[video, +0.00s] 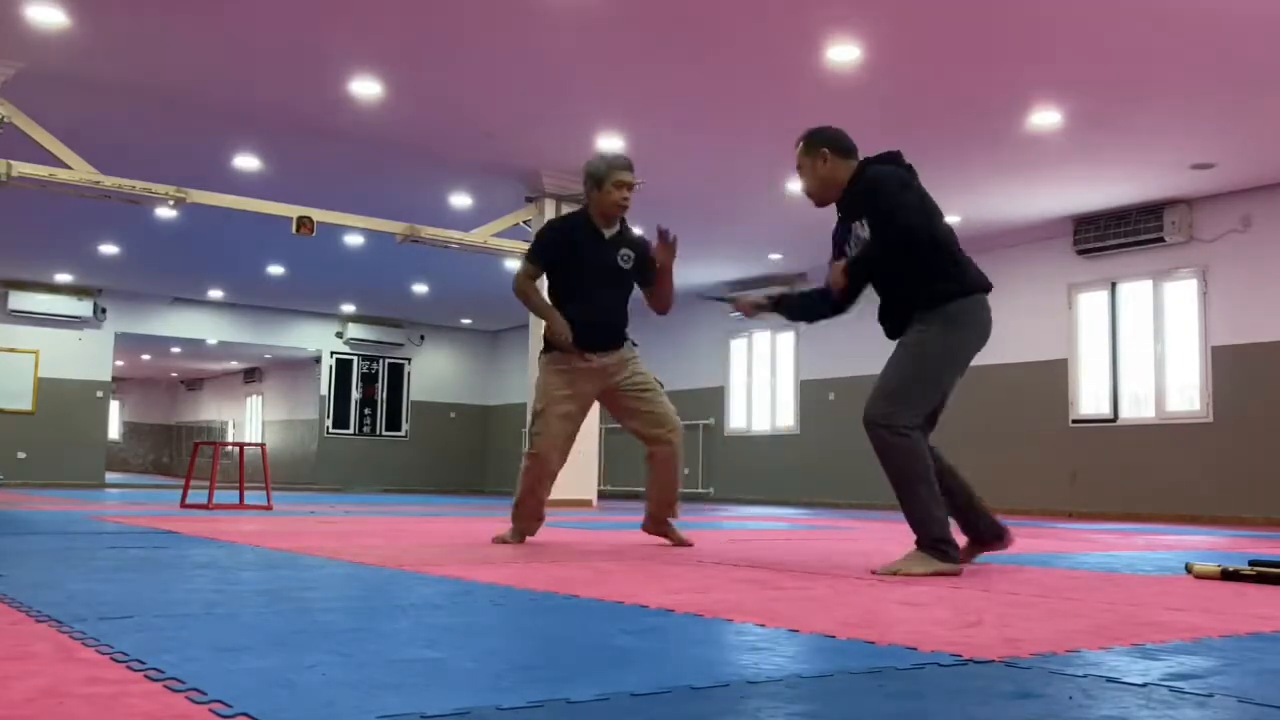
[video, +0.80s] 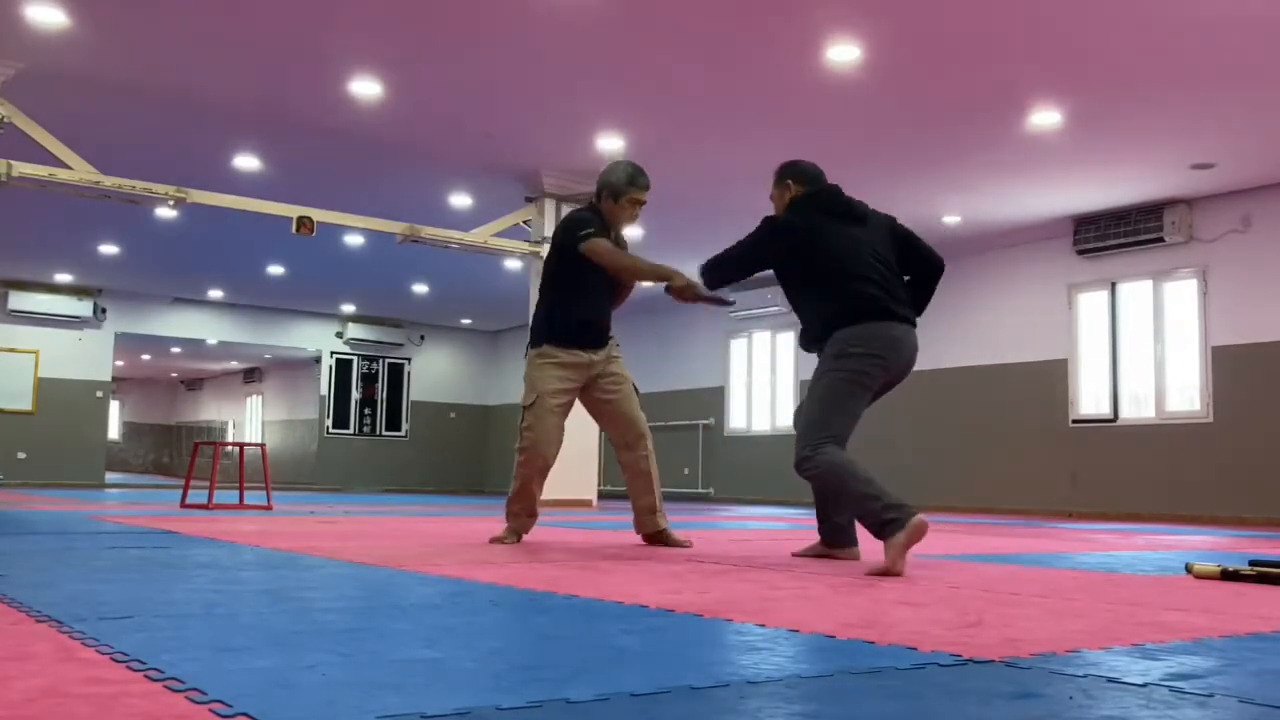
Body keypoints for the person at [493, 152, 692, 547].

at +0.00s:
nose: (627, 195)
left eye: (631, 188)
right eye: (619, 187)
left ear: (632, 192)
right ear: (592, 188)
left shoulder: (635, 244)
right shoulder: (558, 233)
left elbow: (661, 305)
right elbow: (522, 283)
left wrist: (665, 267)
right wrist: (551, 316)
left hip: (618, 361)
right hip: (565, 363)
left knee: (666, 430)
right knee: (545, 449)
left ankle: (658, 518)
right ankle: (521, 528)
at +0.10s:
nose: (612, 193)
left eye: (617, 186)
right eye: (604, 184)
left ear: (621, 191)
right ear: (578, 185)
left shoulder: (626, 239)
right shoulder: (546, 230)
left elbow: (658, 289)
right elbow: (512, 278)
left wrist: (678, 287)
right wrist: (532, 305)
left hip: (612, 359)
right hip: (557, 359)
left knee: (648, 436)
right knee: (537, 445)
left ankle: (641, 522)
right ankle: (522, 526)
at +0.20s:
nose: (609, 194)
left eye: (614, 186)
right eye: (601, 184)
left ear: (618, 190)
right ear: (576, 184)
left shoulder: (622, 238)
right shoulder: (543, 225)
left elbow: (635, 299)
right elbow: (512, 273)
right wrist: (526, 305)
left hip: (608, 355)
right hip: (553, 356)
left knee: (644, 436)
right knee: (534, 442)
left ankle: (649, 521)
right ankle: (522, 525)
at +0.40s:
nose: (621, 196)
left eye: (627, 189)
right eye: (614, 187)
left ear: (630, 191)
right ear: (589, 185)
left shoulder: (633, 240)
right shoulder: (554, 225)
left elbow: (641, 298)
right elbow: (518, 270)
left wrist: (637, 321)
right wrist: (538, 301)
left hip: (613, 357)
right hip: (558, 357)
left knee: (644, 435)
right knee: (538, 441)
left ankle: (655, 528)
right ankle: (521, 526)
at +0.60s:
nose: (635, 202)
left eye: (640, 194)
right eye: (629, 192)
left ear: (641, 195)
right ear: (603, 189)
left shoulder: (636, 239)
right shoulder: (565, 222)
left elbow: (642, 307)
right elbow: (526, 272)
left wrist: (644, 269)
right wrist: (562, 298)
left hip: (614, 354)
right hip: (561, 354)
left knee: (647, 433)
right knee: (540, 441)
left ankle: (656, 528)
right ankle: (520, 526)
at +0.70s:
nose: (642, 208)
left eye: (646, 200)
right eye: (636, 198)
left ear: (642, 199)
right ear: (609, 192)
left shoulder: (628, 242)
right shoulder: (574, 220)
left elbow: (626, 308)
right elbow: (551, 277)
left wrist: (641, 271)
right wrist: (601, 295)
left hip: (609, 356)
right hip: (560, 355)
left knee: (643, 433)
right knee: (540, 442)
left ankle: (655, 526)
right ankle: (515, 525)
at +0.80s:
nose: (637, 214)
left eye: (641, 206)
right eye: (634, 204)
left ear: (624, 202)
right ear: (608, 197)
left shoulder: (614, 241)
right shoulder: (578, 222)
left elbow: (610, 301)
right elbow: (614, 261)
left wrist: (628, 274)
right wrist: (671, 274)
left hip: (601, 357)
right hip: (554, 357)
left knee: (636, 436)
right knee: (538, 447)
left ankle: (652, 527)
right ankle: (515, 527)